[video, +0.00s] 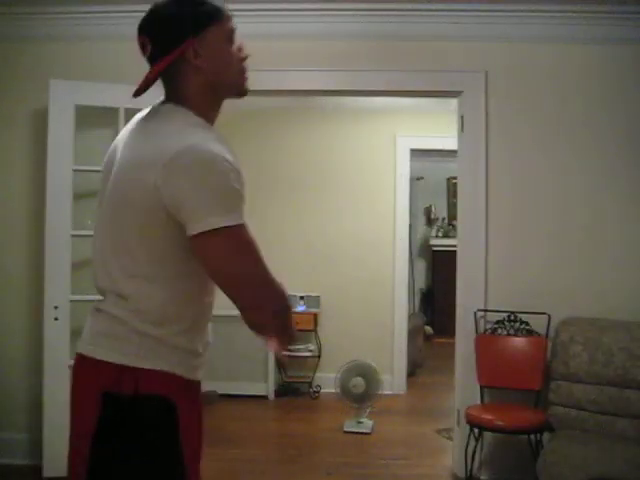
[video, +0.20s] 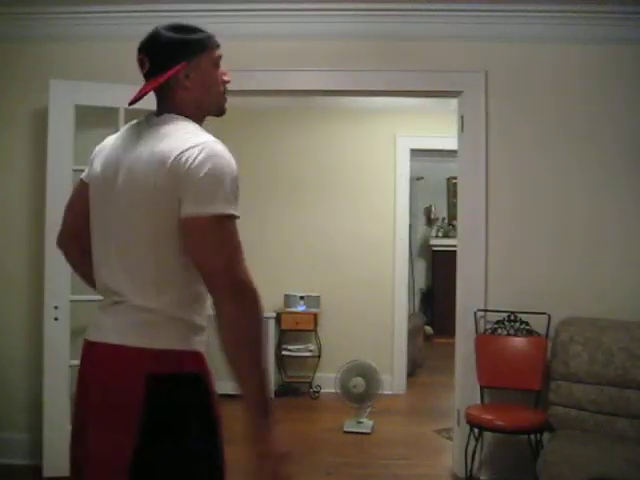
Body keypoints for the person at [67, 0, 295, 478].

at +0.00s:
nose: (242, 52)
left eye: (236, 40)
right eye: (229, 41)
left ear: (192, 58)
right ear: (195, 56)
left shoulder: (140, 134)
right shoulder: (193, 153)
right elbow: (264, 304)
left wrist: (263, 317)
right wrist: (282, 329)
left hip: (110, 374)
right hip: (147, 386)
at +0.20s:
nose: (226, 76)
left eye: (222, 64)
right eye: (216, 65)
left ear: (178, 79)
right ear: (184, 77)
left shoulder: (110, 148)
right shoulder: (203, 155)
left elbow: (72, 238)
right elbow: (231, 289)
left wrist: (125, 294)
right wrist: (261, 416)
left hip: (103, 360)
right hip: (166, 369)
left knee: (100, 472)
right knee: (180, 473)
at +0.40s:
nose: (231, 96)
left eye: (230, 85)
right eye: (225, 85)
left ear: (174, 95)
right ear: (196, 91)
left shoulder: (119, 158)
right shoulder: (215, 147)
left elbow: (88, 254)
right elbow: (203, 257)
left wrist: (136, 300)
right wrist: (198, 382)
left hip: (107, 356)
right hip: (176, 359)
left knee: (94, 470)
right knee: (198, 472)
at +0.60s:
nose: (251, 116)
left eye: (250, 103)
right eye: (246, 102)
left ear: (198, 107)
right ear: (219, 104)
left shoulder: (151, 165)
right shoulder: (226, 158)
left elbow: (141, 261)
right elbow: (227, 263)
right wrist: (248, 373)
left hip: (136, 355)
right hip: (196, 363)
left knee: (126, 470)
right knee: (206, 471)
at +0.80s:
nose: (275, 123)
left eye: (274, 112)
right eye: (270, 111)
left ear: (229, 113)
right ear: (242, 111)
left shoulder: (182, 165)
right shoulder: (235, 161)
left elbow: (203, 254)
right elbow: (243, 262)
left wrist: (267, 278)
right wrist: (306, 334)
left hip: (174, 347)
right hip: (216, 352)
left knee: (180, 469)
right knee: (229, 471)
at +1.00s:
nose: (298, 123)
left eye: (297, 113)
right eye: (292, 111)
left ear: (259, 112)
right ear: (263, 111)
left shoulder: (220, 156)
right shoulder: (248, 152)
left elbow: (223, 243)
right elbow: (252, 231)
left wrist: (280, 258)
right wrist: (307, 297)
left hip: (203, 335)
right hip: (223, 341)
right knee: (237, 465)